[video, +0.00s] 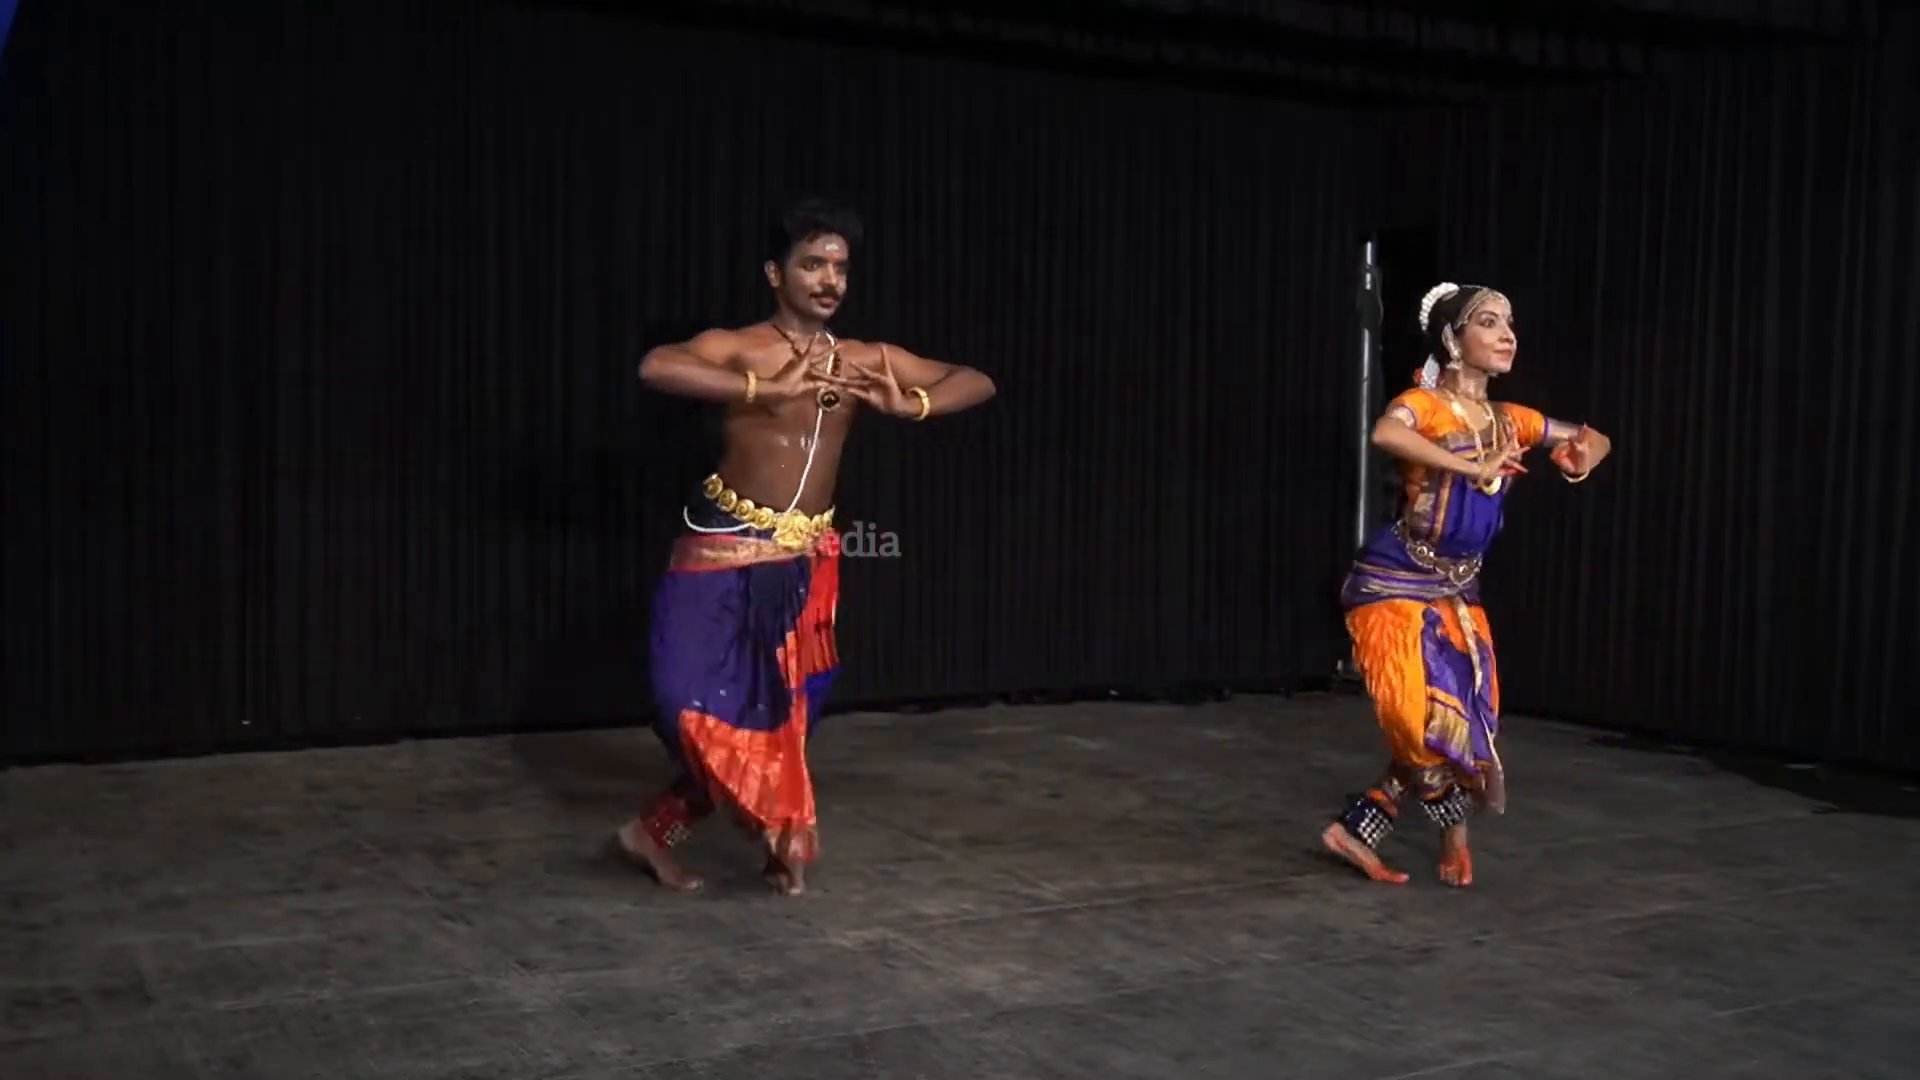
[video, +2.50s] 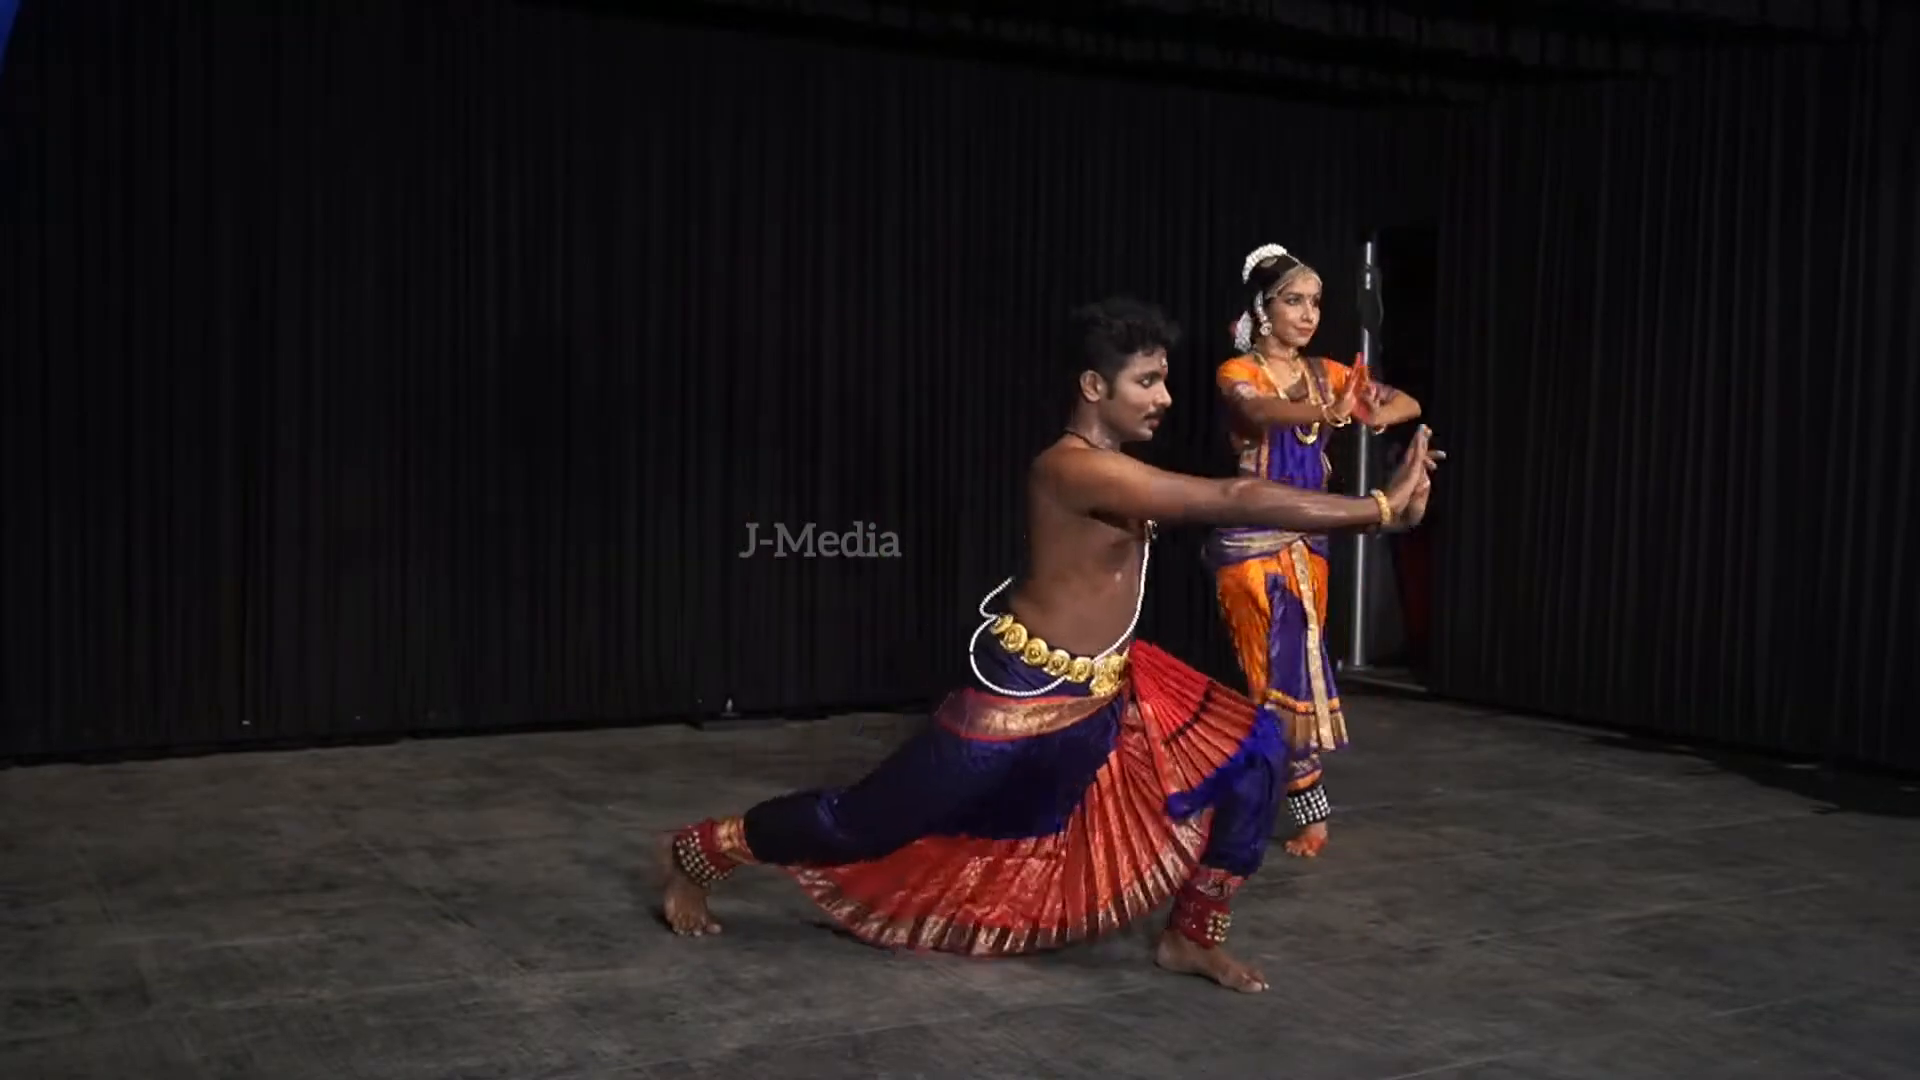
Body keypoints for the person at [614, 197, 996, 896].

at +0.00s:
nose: (831, 281)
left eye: (841, 268)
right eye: (815, 266)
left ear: (849, 277)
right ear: (776, 273)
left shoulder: (864, 359)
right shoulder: (740, 345)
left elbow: (979, 384)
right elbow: (656, 367)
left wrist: (915, 405)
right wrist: (759, 389)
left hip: (804, 557)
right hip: (721, 549)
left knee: (781, 709)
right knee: (682, 695)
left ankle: (654, 830)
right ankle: (778, 828)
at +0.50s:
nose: (710, 322)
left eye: (723, 307)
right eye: (694, 305)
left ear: (734, 314)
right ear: (657, 309)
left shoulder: (753, 394)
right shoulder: (617, 390)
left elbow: (858, 464)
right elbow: (554, 455)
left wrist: (786, 431)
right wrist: (671, 424)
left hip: (703, 595)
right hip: (610, 588)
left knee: (767, 732)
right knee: (534, 720)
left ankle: (651, 859)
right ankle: (550, 855)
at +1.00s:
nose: (734, 280)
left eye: (743, 262)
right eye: (714, 263)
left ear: (752, 262)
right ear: (671, 269)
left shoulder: (721, 330)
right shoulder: (680, 336)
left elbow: (722, 374)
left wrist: (759, 371)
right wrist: (837, 324)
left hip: (711, 550)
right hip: (649, 552)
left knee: (753, 704)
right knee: (668, 735)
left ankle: (702, 867)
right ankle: (626, 875)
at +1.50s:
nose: (802, 267)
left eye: (811, 250)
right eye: (781, 253)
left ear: (820, 254)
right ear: (740, 263)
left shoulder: (848, 337)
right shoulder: (698, 337)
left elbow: (967, 361)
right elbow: (590, 406)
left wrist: (869, 384)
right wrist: (695, 379)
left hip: (817, 555)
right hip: (730, 557)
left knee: (823, 719)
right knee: (755, 724)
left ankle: (776, 897)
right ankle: (761, 915)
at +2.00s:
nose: (794, 263)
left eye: (812, 253)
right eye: (797, 249)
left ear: (862, 270)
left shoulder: (911, 358)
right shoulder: (776, 336)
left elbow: (968, 427)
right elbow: (670, 355)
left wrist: (866, 408)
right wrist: (703, 359)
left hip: (865, 570)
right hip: (772, 560)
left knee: (913, 732)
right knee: (735, 707)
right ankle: (718, 864)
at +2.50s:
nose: (1163, 399)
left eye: (1166, 383)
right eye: (1146, 383)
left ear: (1141, 391)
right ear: (1092, 387)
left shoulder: (1126, 462)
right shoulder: (1072, 467)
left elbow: (1218, 506)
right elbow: (1230, 503)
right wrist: (1375, 512)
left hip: (1108, 679)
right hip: (1022, 687)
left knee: (1257, 752)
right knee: (866, 825)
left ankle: (1194, 934)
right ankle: (698, 852)